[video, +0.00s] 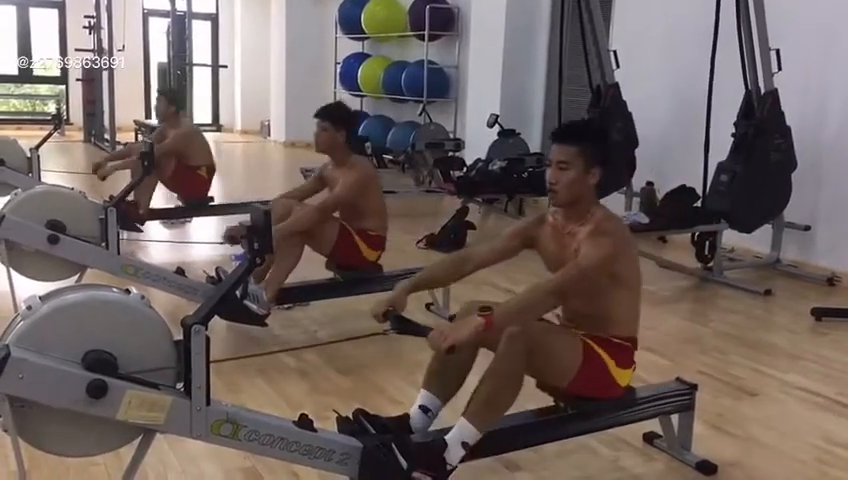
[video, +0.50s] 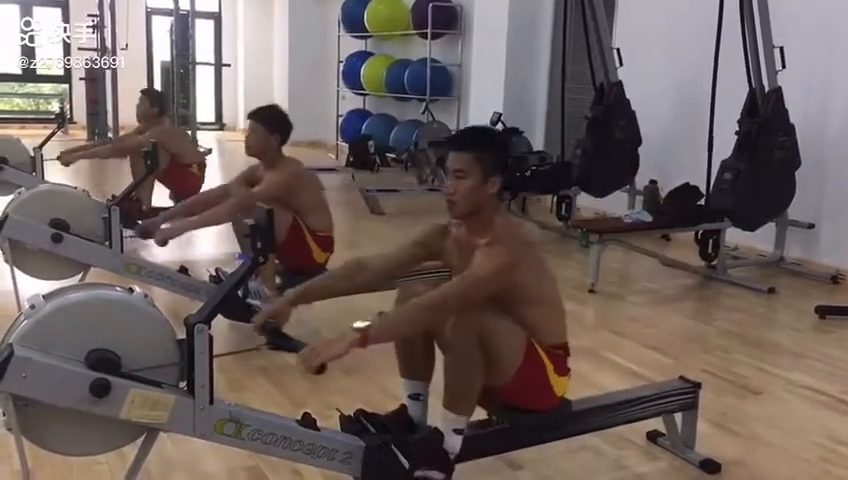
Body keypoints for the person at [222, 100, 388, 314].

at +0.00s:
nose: (315, 134)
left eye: (323, 130)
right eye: (317, 129)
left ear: (341, 135)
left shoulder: (359, 172)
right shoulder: (330, 168)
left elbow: (318, 211)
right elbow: (292, 196)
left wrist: (269, 237)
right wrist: (250, 225)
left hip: (366, 248)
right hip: (349, 239)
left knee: (300, 219)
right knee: (283, 208)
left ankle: (266, 296)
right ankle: (252, 280)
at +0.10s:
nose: (305, 135)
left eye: (312, 130)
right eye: (307, 129)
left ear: (331, 135)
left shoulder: (349, 173)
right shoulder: (320, 170)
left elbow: (309, 209)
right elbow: (282, 196)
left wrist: (257, 234)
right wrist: (237, 224)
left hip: (358, 248)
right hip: (341, 240)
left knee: (295, 217)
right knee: (278, 207)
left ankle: (267, 296)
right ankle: (252, 281)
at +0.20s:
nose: (288, 136)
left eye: (295, 130)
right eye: (290, 129)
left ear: (316, 136)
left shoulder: (331, 175)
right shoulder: (303, 170)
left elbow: (281, 216)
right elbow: (263, 198)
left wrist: (229, 239)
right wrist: (216, 225)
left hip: (345, 249)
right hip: (330, 241)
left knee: (286, 216)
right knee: (270, 200)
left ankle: (266, 296)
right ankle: (253, 282)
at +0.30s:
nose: (273, 135)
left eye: (280, 130)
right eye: (274, 129)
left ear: (300, 137)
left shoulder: (316, 173)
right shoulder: (287, 170)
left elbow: (268, 212)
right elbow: (245, 198)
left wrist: (215, 236)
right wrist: (196, 224)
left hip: (332, 251)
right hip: (314, 246)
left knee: (278, 210)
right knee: (255, 197)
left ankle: (267, 292)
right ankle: (255, 278)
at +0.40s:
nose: (257, 136)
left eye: (263, 131)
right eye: (258, 130)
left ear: (285, 138)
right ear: (280, 138)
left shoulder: (298, 174)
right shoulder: (271, 170)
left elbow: (251, 207)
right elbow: (230, 197)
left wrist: (197, 233)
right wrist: (179, 221)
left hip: (319, 253)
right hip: (301, 248)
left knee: (270, 211)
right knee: (245, 201)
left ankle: (267, 291)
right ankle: (254, 279)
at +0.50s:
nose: (246, 137)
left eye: (253, 132)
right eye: (248, 131)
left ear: (274, 139)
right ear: (268, 139)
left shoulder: (287, 174)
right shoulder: (259, 171)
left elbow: (238, 207)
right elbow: (218, 195)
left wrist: (182, 227)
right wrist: (162, 218)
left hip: (311, 255)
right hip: (292, 250)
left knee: (260, 207)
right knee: (236, 199)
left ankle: (268, 291)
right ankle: (256, 278)